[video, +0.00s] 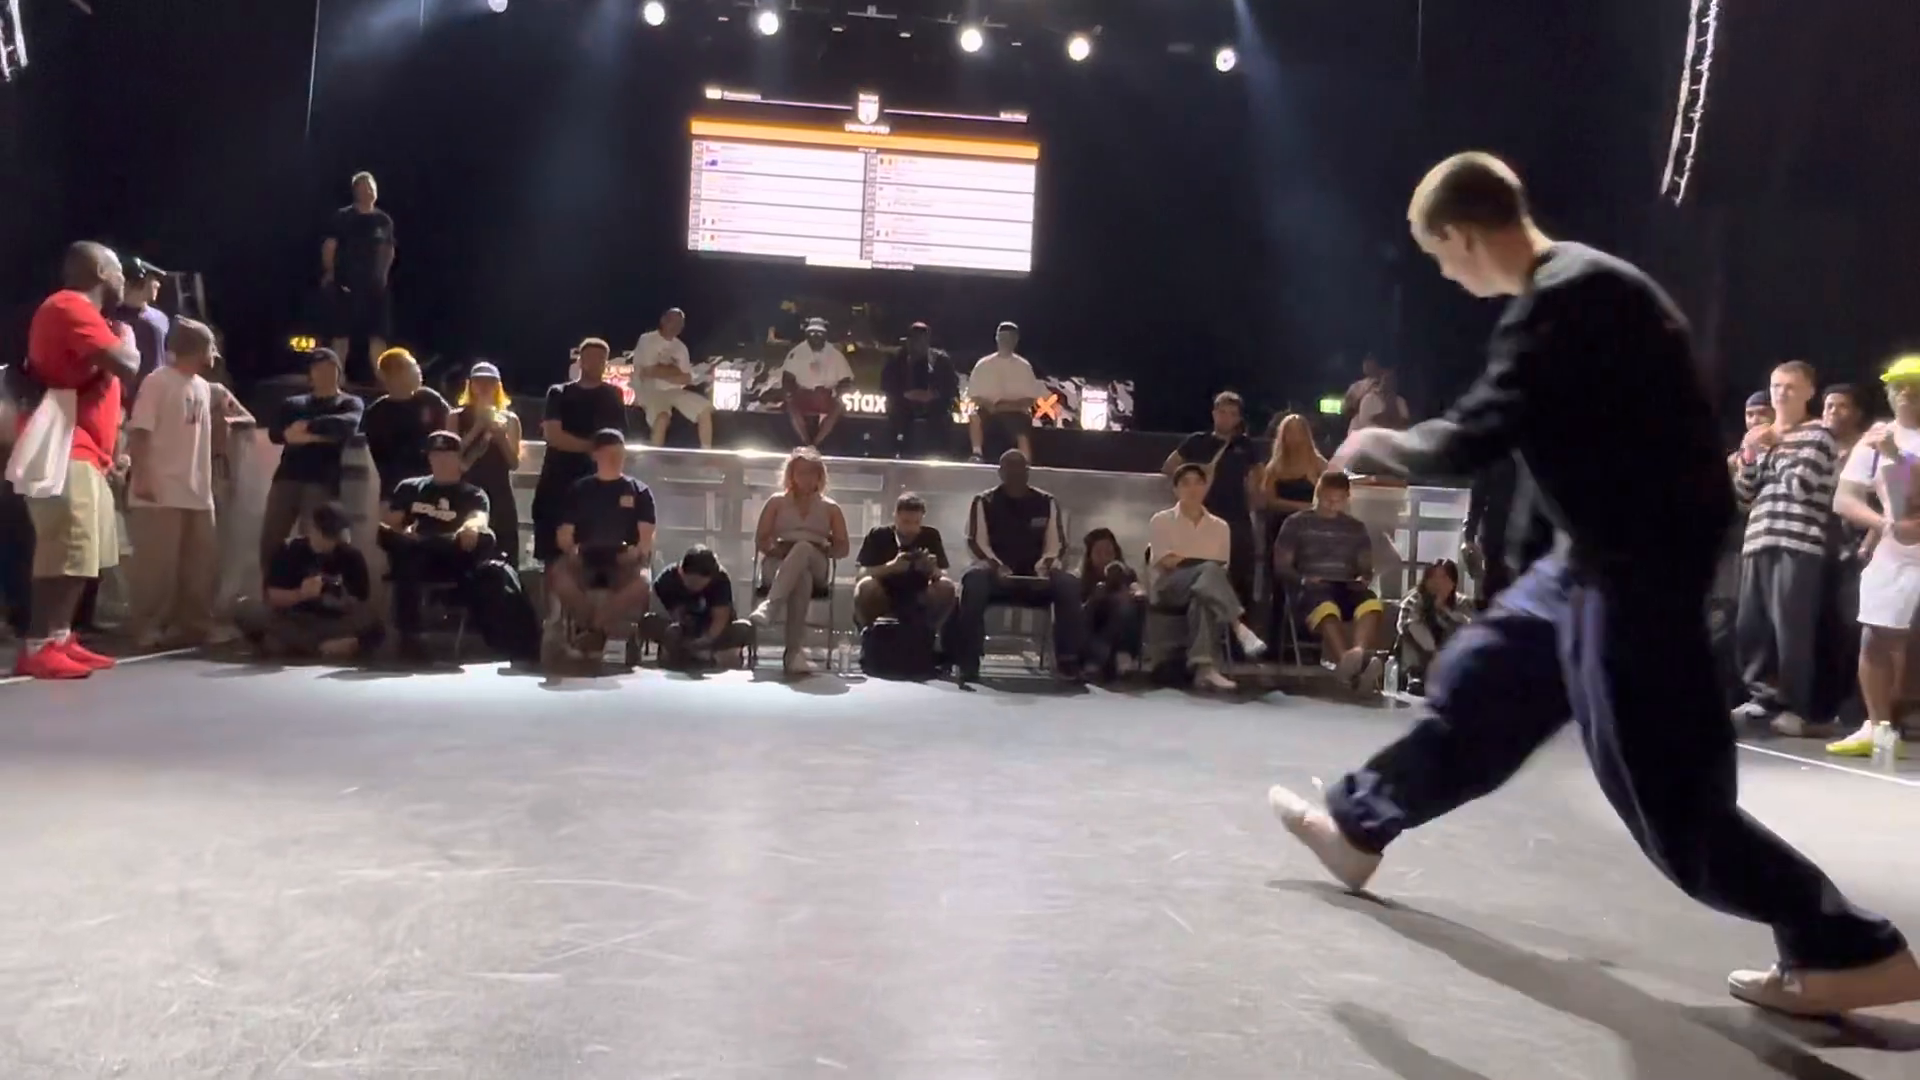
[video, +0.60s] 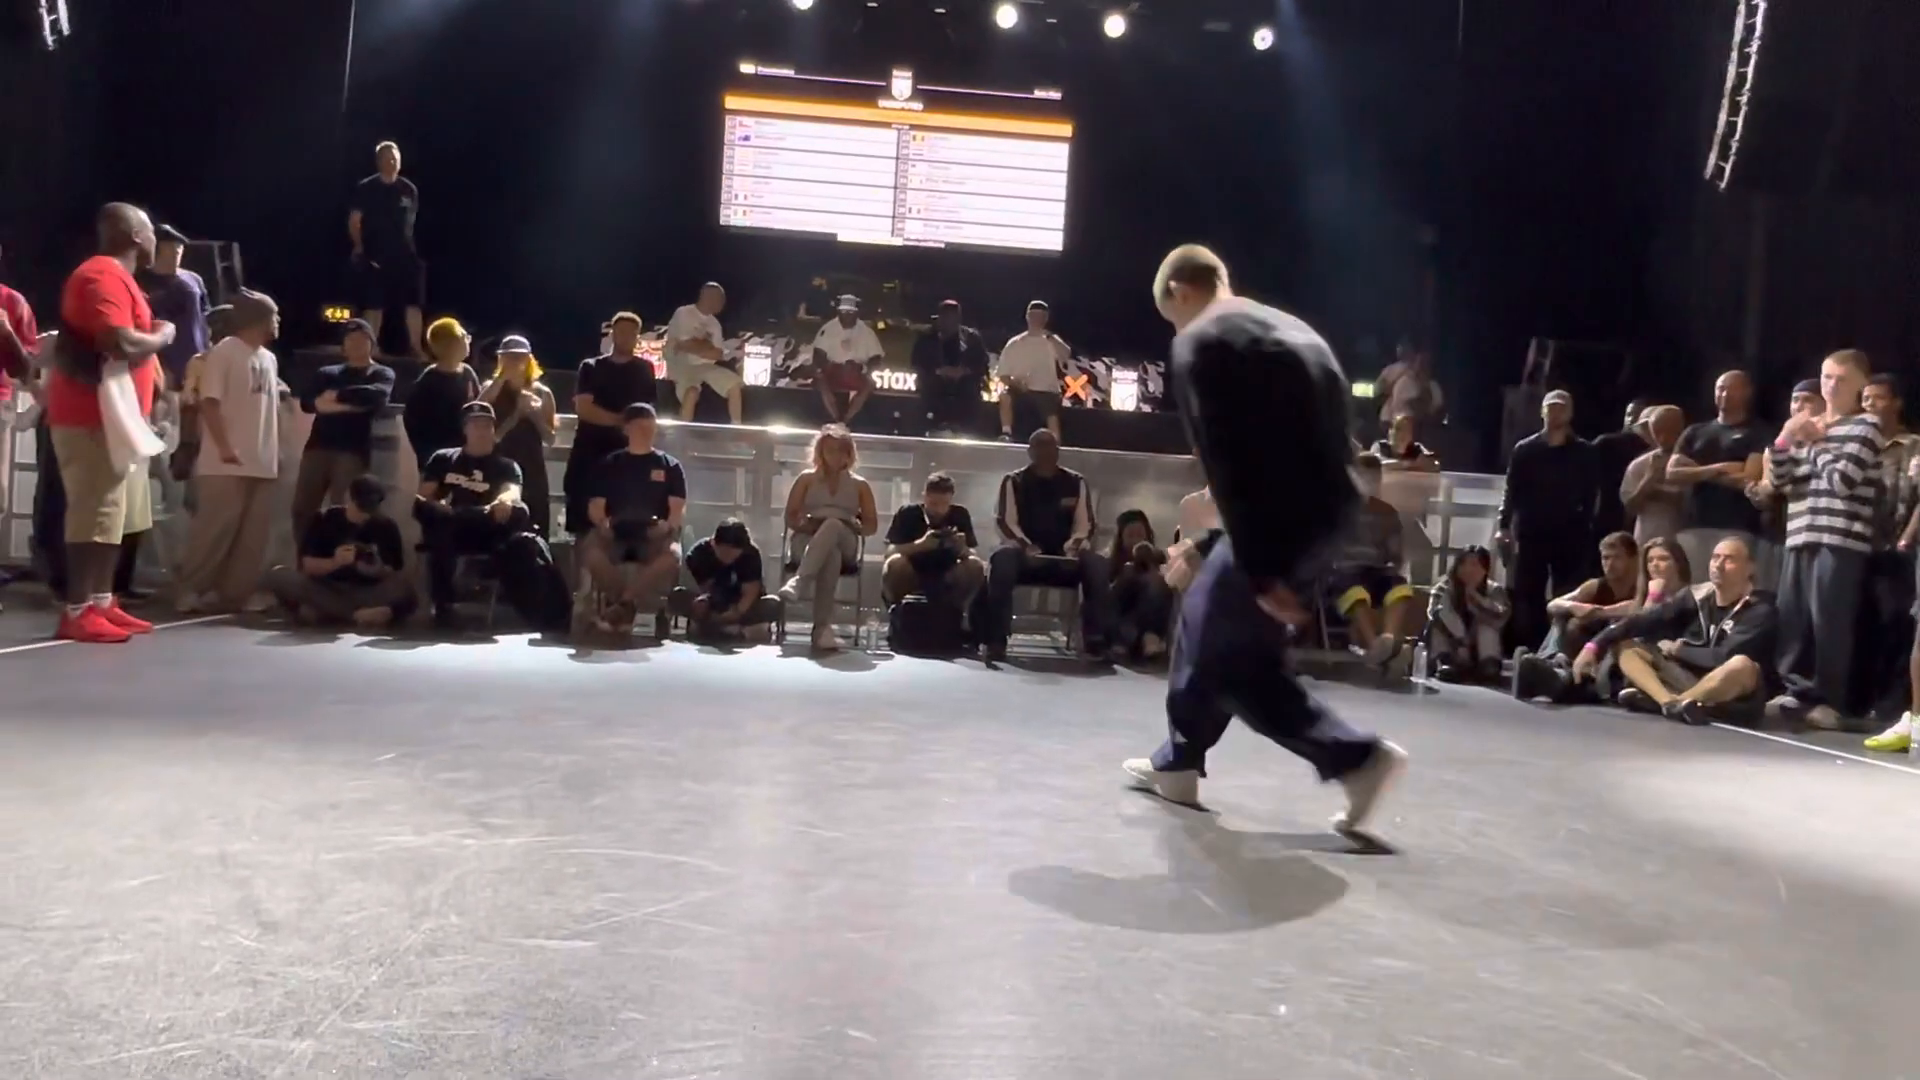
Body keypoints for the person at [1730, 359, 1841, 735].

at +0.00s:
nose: (1780, 394)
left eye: (1789, 388)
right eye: (1776, 387)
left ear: (1809, 394)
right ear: (1770, 392)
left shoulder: (1818, 435)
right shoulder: (1764, 440)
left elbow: (1805, 483)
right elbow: (1746, 495)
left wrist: (1770, 451)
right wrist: (1748, 456)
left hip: (1798, 536)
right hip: (1758, 536)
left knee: (1792, 623)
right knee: (1750, 621)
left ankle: (1798, 708)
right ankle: (1761, 694)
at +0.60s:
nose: (1828, 386)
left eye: (1837, 379)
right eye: (1825, 378)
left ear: (1859, 386)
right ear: (1821, 382)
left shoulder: (1866, 428)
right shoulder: (1817, 428)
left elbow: (1843, 482)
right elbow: (1782, 478)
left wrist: (1813, 445)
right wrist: (1786, 438)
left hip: (1839, 534)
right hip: (1801, 533)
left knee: (1831, 618)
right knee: (1792, 612)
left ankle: (1832, 701)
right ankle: (1797, 689)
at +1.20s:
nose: (1848, 386)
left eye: (1858, 379)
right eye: (1845, 378)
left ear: (1880, 385)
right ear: (1841, 383)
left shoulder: (1893, 429)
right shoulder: (1821, 429)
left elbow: (1864, 480)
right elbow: (1789, 475)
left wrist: (1814, 472)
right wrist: (1835, 463)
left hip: (1860, 539)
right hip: (1815, 539)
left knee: (1849, 620)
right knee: (1809, 618)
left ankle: (1848, 702)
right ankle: (1818, 691)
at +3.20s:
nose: (1878, 379)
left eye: (1887, 372)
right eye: (1875, 372)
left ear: (1914, 377)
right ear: (1870, 374)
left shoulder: (1916, 425)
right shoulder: (1853, 420)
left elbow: (1890, 479)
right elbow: (1815, 465)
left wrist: (1841, 472)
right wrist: (1860, 471)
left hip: (1891, 540)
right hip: (1843, 536)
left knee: (1879, 620)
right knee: (1836, 614)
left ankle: (1876, 697)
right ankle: (1840, 686)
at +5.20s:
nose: (1906, 387)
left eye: (1904, 378)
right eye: (1900, 378)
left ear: (1911, 386)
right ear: (1876, 382)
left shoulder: (1914, 426)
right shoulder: (1842, 424)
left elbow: (1901, 480)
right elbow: (1814, 470)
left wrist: (1846, 481)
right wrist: (1864, 468)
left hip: (1884, 533)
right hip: (1835, 531)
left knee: (1875, 617)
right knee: (1832, 613)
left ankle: (1874, 700)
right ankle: (1839, 688)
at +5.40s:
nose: (1910, 401)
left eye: (1915, 395)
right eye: (1905, 393)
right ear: (1891, 394)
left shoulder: (1916, 433)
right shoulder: (1864, 425)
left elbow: (1900, 482)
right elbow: (1833, 466)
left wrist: (1855, 478)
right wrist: (1872, 474)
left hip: (1886, 532)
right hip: (1840, 528)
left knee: (1876, 620)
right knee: (1831, 616)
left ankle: (1875, 702)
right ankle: (1838, 689)